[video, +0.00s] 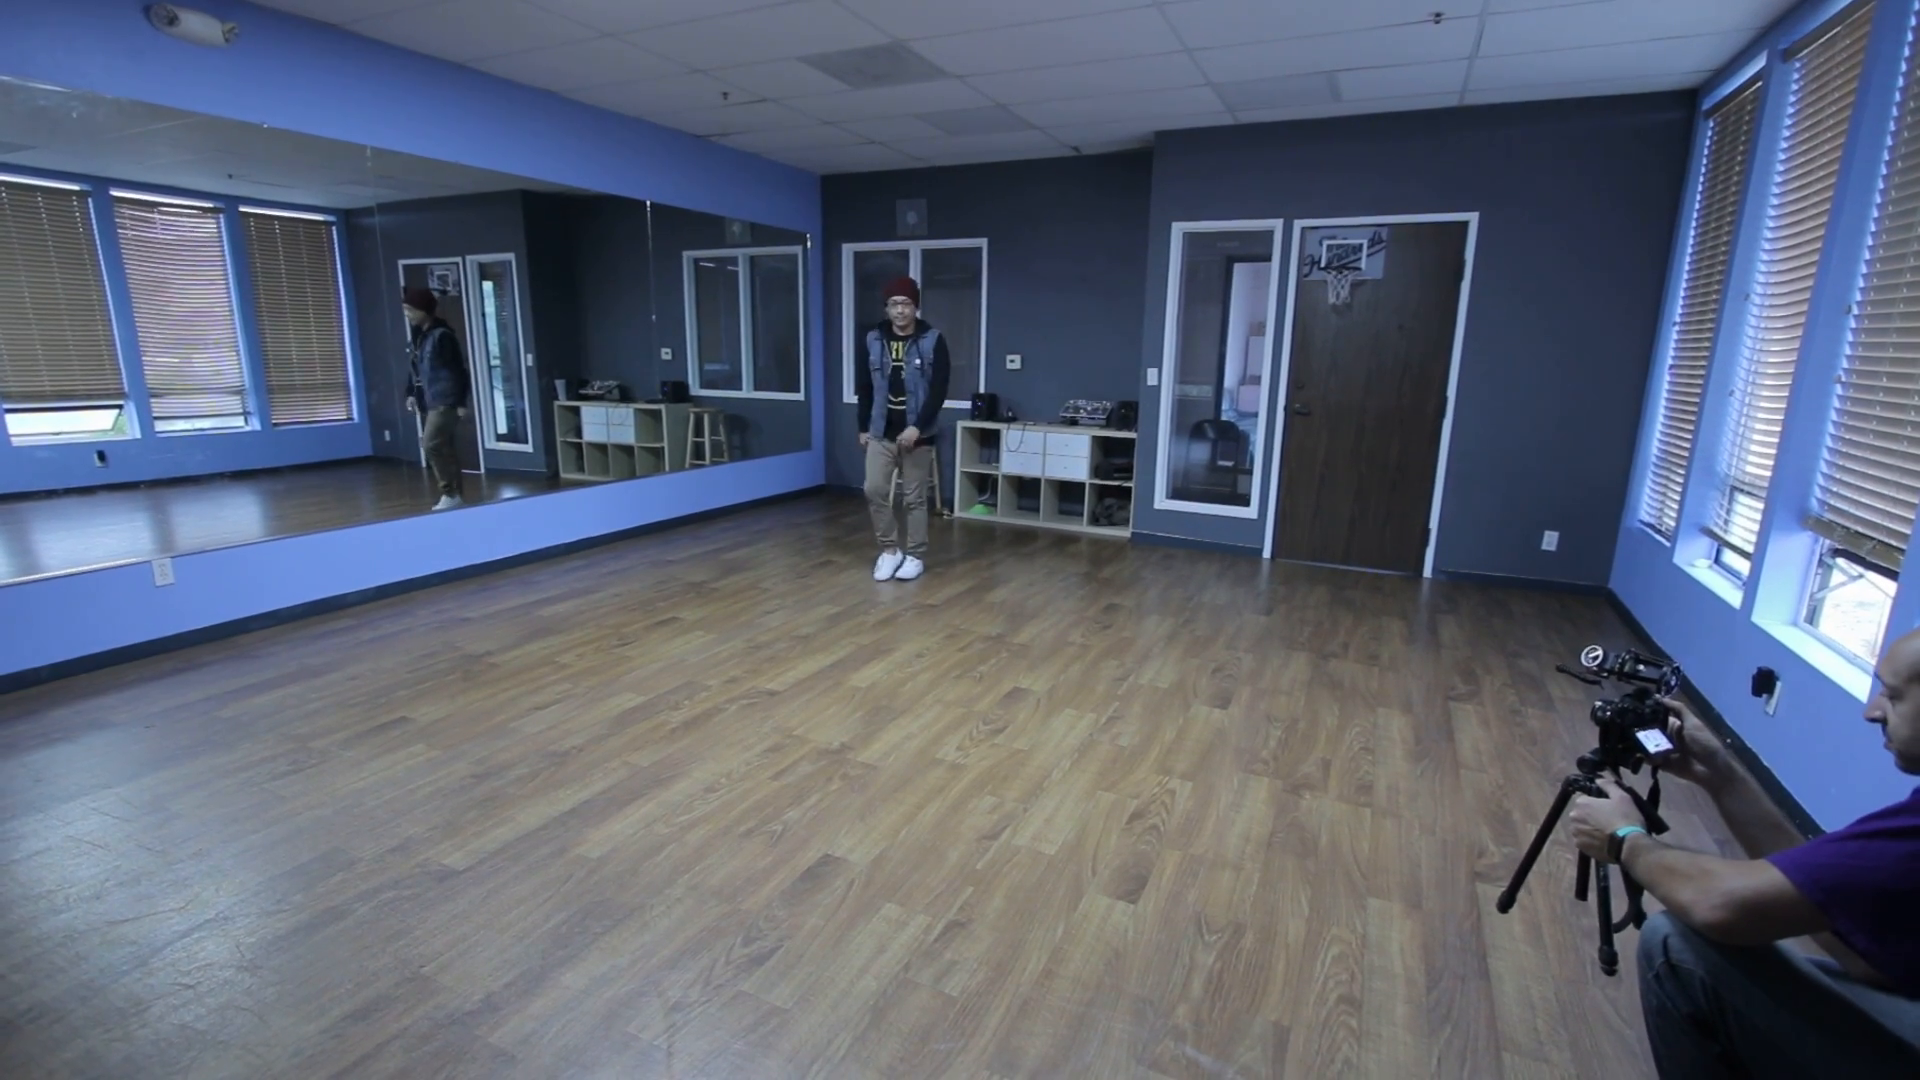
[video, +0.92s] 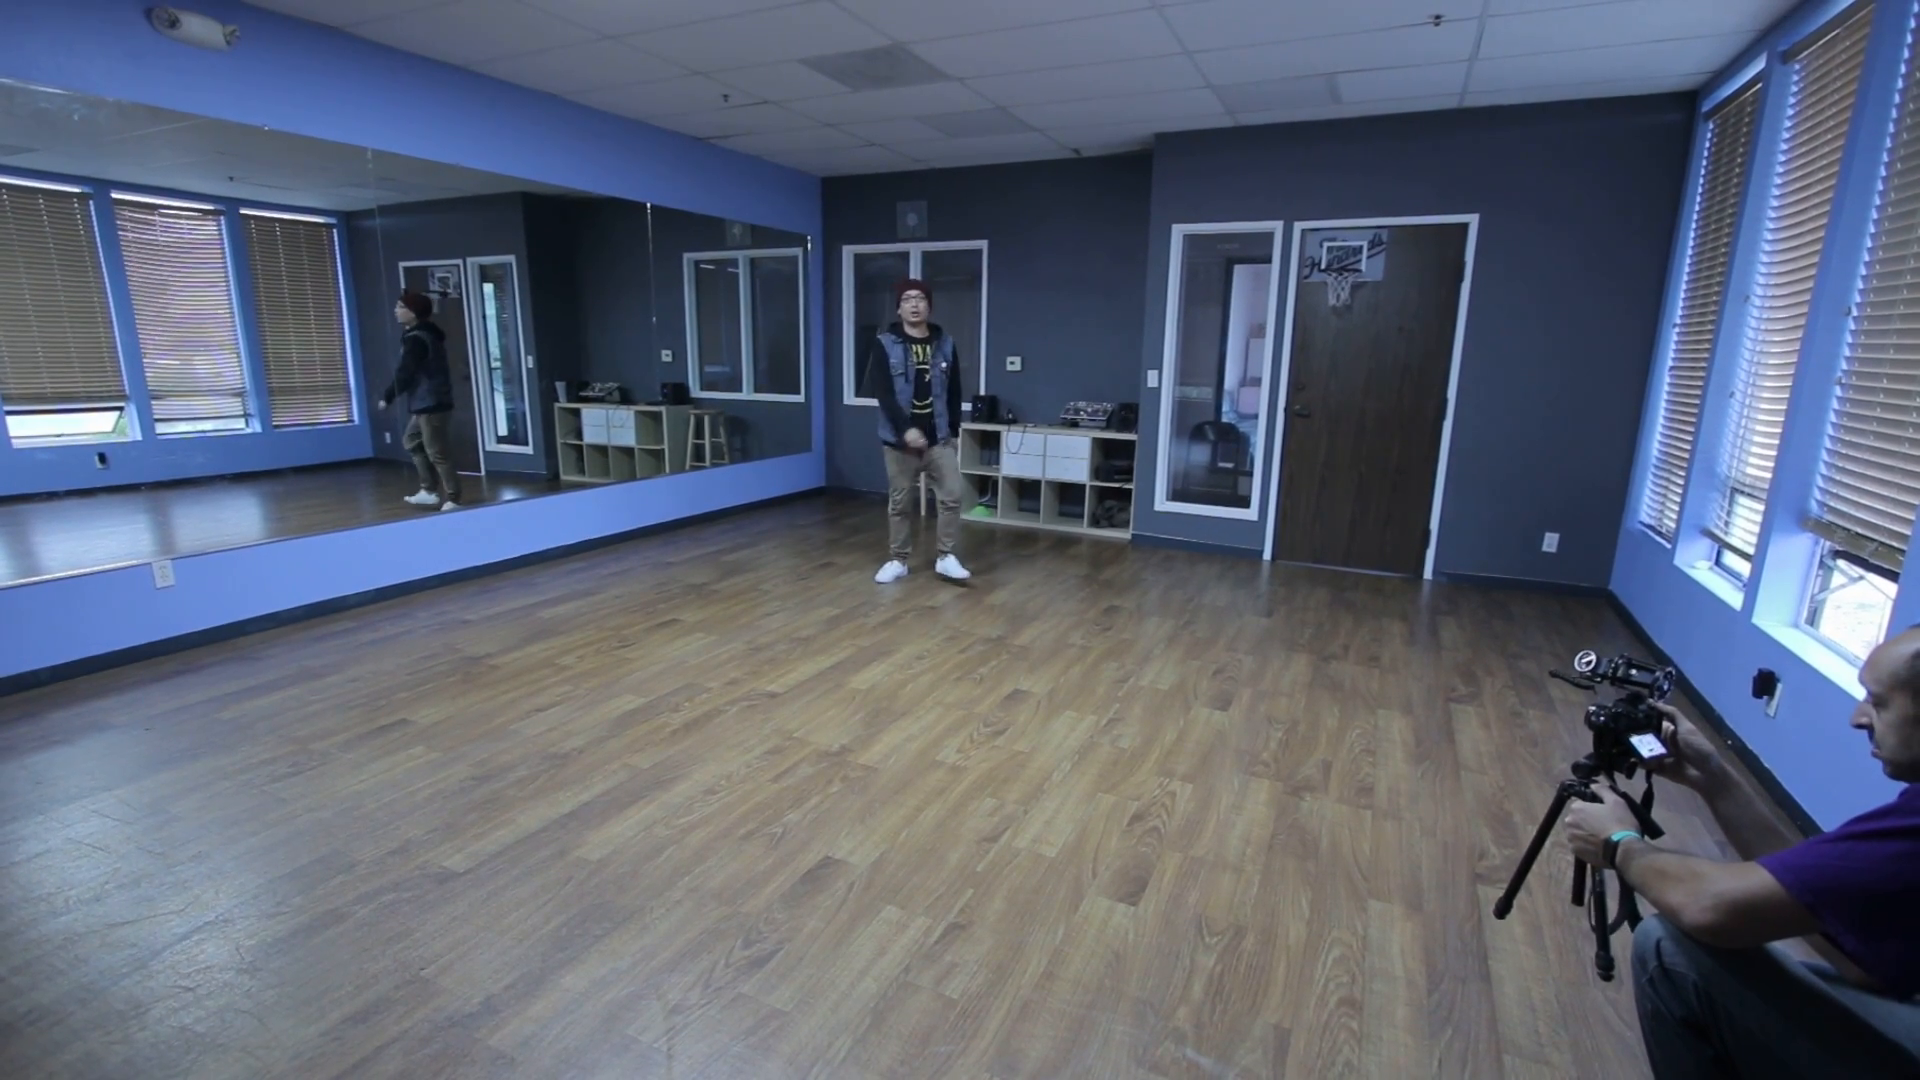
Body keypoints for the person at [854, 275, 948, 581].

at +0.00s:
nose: (899, 310)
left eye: (905, 304)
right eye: (893, 304)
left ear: (916, 307)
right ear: (886, 308)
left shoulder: (933, 341)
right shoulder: (873, 340)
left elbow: (938, 390)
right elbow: (865, 386)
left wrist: (919, 427)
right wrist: (863, 427)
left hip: (917, 433)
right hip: (879, 432)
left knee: (914, 497)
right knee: (874, 490)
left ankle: (914, 556)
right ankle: (889, 551)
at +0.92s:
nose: (914, 305)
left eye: (920, 300)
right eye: (907, 301)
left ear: (928, 306)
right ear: (899, 308)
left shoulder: (945, 344)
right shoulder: (884, 344)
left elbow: (954, 390)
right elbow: (883, 394)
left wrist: (951, 431)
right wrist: (905, 429)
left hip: (939, 437)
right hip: (900, 437)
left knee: (952, 497)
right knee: (900, 501)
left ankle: (946, 556)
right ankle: (898, 560)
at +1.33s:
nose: (960, 316)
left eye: (965, 311)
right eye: (953, 311)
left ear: (972, 318)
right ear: (941, 317)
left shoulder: (984, 358)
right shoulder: (922, 352)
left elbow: (997, 403)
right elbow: (909, 402)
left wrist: (1001, 444)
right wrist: (911, 445)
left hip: (963, 453)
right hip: (924, 449)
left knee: (963, 515)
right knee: (903, 509)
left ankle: (951, 569)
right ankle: (887, 561)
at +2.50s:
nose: (929, 332)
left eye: (934, 325)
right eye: (920, 326)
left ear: (941, 330)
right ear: (904, 331)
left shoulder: (948, 366)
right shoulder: (882, 370)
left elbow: (958, 418)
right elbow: (873, 429)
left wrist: (967, 464)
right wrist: (887, 478)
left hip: (932, 459)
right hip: (894, 462)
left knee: (934, 516)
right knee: (897, 526)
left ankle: (940, 567)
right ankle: (907, 592)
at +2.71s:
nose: (916, 329)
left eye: (922, 322)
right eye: (907, 322)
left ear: (929, 327)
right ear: (892, 328)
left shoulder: (938, 363)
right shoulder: (871, 366)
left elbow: (941, 419)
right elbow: (863, 424)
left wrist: (922, 462)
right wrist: (870, 478)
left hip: (919, 459)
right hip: (884, 459)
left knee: (911, 522)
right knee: (889, 523)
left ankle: (902, 573)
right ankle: (905, 591)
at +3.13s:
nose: (877, 297)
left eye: (882, 292)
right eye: (869, 293)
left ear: (891, 302)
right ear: (856, 304)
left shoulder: (907, 345)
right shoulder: (839, 345)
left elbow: (919, 398)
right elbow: (826, 401)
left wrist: (923, 443)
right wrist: (829, 451)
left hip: (897, 447)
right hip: (856, 448)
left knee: (880, 517)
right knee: (875, 516)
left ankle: (857, 578)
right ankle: (897, 587)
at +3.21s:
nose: (868, 298)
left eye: (874, 293)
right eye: (860, 294)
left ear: (883, 303)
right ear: (849, 306)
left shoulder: (900, 346)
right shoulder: (834, 346)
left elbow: (916, 399)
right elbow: (820, 402)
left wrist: (926, 446)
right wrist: (821, 452)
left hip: (889, 446)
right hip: (848, 447)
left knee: (877, 516)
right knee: (863, 513)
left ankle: (856, 579)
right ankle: (882, 586)